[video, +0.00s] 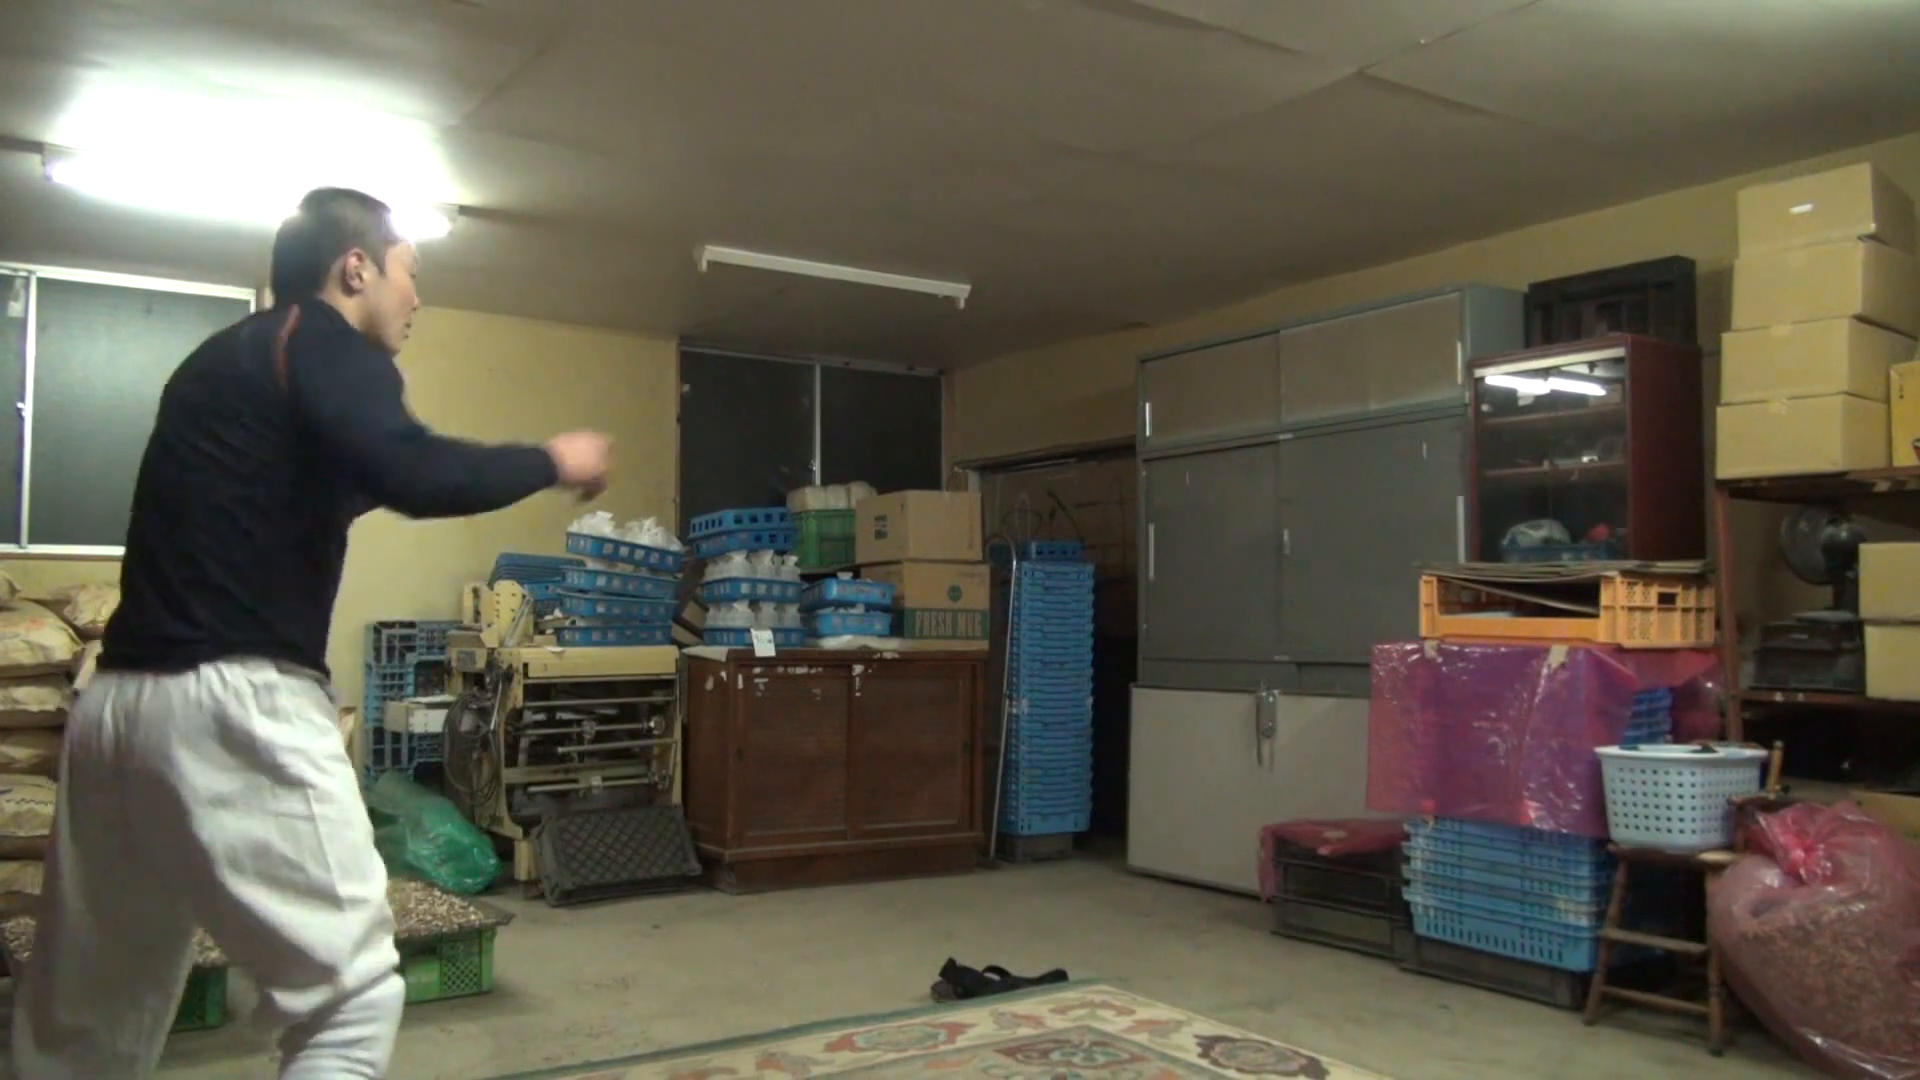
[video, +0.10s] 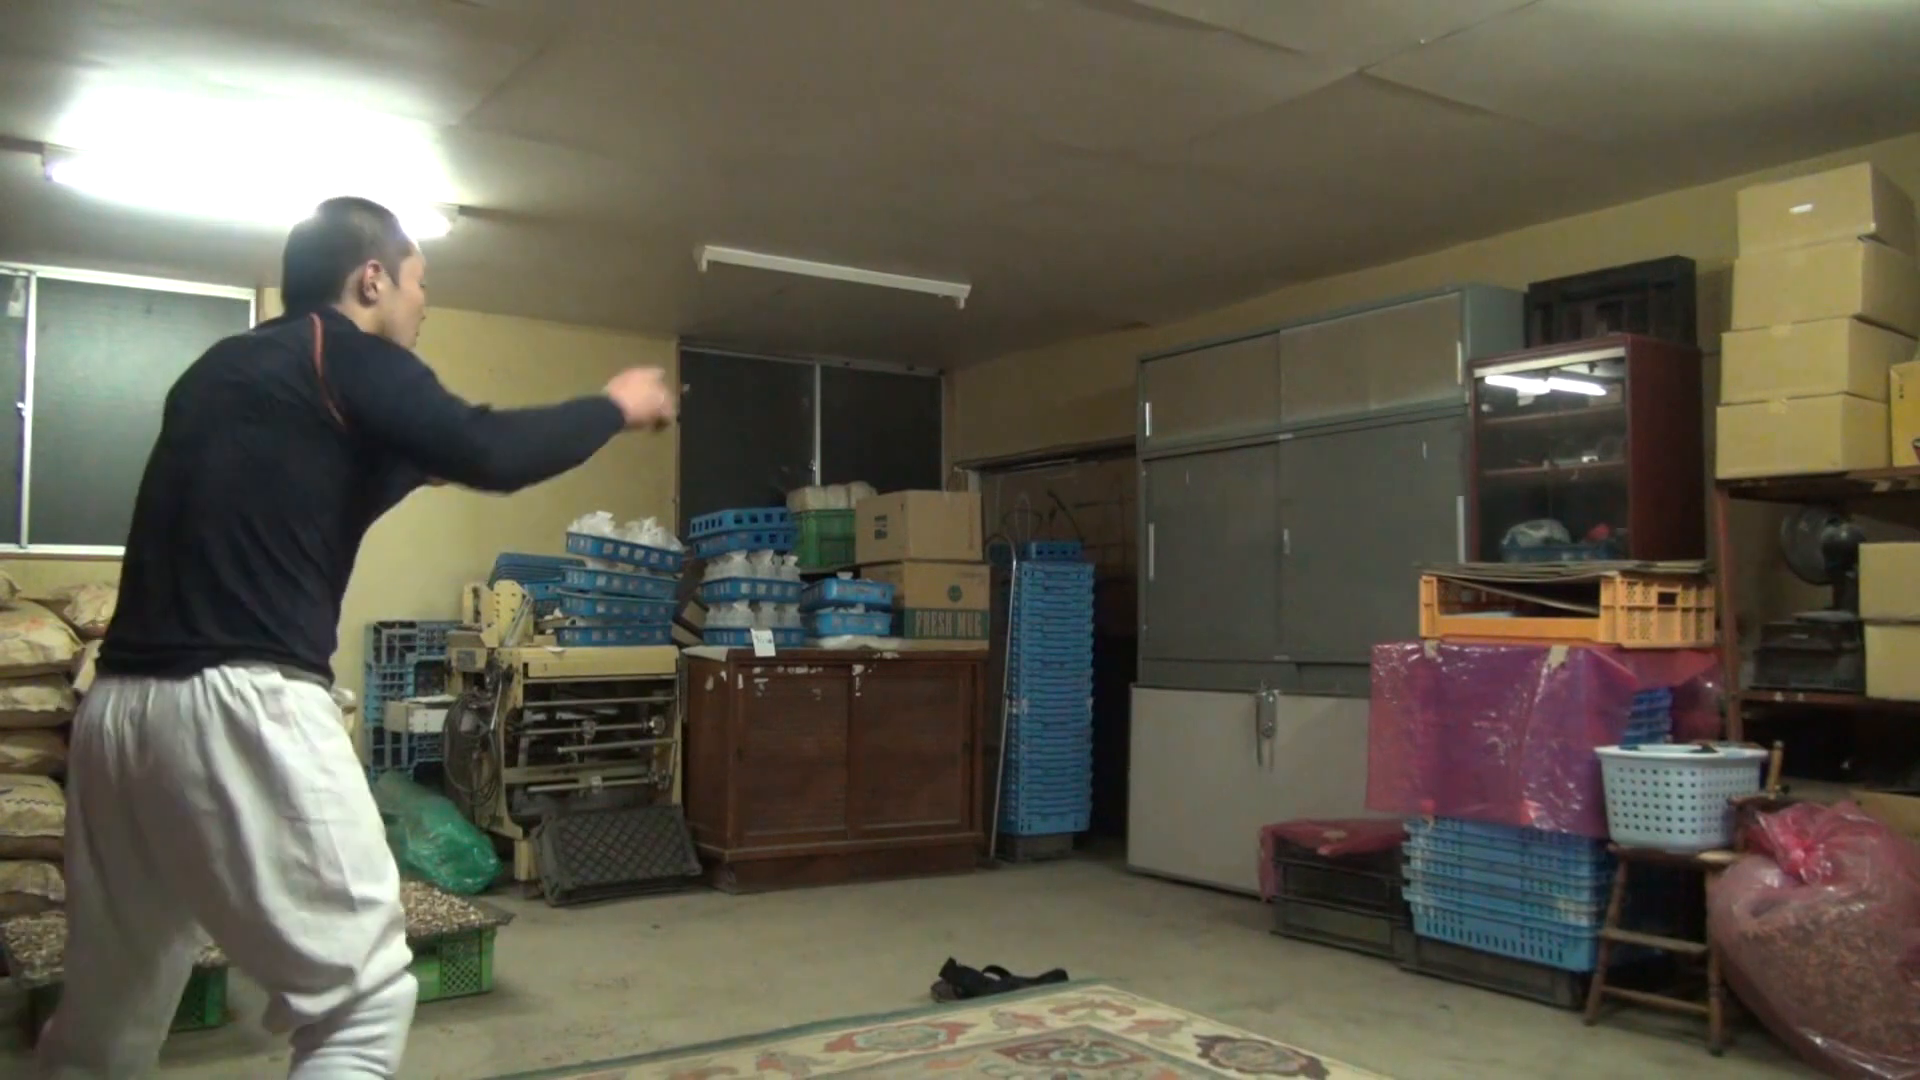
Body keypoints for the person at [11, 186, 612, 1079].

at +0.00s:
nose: (415, 304)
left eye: (414, 278)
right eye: (406, 276)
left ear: (323, 271)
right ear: (353, 269)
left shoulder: (207, 358)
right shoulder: (325, 346)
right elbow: (405, 467)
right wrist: (550, 460)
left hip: (111, 705)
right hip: (239, 704)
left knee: (84, 1023)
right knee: (347, 1000)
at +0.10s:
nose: (423, 313)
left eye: (425, 292)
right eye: (419, 289)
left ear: (305, 282)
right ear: (371, 277)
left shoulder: (214, 367)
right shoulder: (349, 355)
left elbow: (324, 500)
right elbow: (491, 450)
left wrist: (442, 433)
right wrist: (616, 405)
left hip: (113, 715)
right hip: (248, 711)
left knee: (103, 1018)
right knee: (359, 1001)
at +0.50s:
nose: (425, 332)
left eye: (428, 310)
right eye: (419, 306)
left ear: (343, 305)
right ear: (362, 300)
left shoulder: (225, 377)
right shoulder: (328, 370)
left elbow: (315, 537)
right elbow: (403, 520)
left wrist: (467, 539)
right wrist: (553, 489)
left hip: (72, 707)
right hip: (195, 709)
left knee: (50, 1023)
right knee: (312, 991)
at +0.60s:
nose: (419, 339)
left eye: (421, 316)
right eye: (415, 313)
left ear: (309, 310)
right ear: (366, 308)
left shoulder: (205, 380)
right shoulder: (353, 390)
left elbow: (288, 501)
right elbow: (394, 566)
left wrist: (433, 498)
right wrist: (539, 548)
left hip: (101, 715)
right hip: (236, 716)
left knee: (51, 1018)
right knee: (411, 957)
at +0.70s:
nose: (421, 349)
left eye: (423, 330)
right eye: (421, 328)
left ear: (309, 312)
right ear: (388, 321)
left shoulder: (197, 390)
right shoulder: (398, 409)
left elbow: (208, 540)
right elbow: (489, 553)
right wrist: (585, 494)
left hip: (158, 729)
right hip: (303, 730)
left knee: (84, 1012)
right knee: (457, 968)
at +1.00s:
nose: (469, 367)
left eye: (472, 350)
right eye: (467, 348)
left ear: (359, 337)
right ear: (425, 341)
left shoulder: (264, 412)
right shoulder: (416, 407)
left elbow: (327, 556)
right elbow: (551, 510)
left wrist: (456, 542)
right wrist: (657, 449)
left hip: (165, 732)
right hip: (291, 732)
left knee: (114, 989)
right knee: (464, 975)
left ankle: (34, 1072)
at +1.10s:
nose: (469, 391)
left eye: (468, 369)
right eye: (460, 368)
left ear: (382, 373)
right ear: (407, 372)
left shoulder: (289, 442)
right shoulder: (371, 435)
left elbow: (363, 601)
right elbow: (498, 541)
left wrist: (491, 621)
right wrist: (653, 549)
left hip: (133, 770)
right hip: (246, 769)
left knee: (68, 1035)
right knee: (443, 986)